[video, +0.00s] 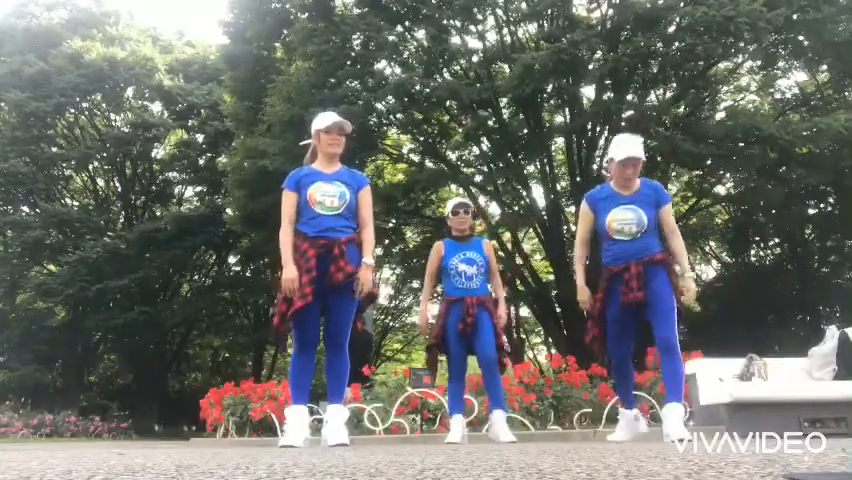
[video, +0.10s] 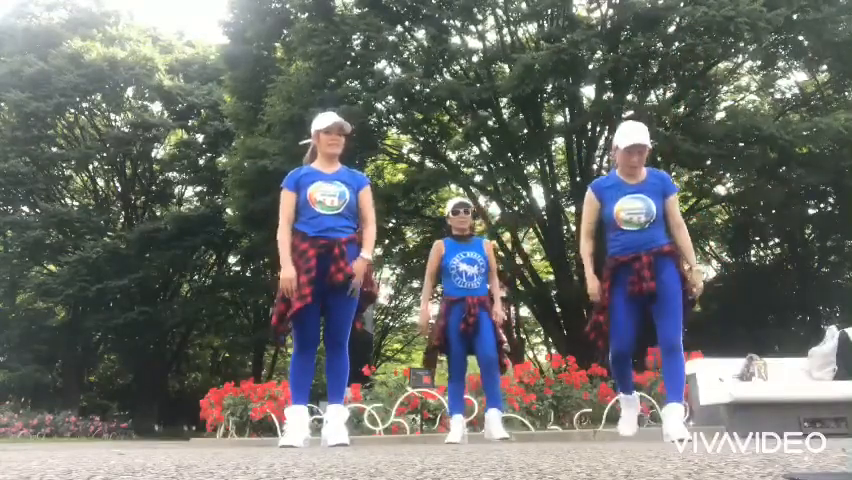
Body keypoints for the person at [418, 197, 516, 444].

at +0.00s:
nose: (461, 218)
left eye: (466, 214)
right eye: (456, 214)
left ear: (472, 218)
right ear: (448, 219)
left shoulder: (485, 246)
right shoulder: (441, 247)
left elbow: (496, 279)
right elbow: (430, 281)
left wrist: (501, 305)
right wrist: (423, 309)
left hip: (483, 306)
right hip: (454, 307)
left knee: (489, 358)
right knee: (456, 365)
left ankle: (498, 419)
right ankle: (456, 422)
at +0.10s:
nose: (461, 217)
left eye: (466, 213)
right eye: (456, 213)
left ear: (472, 217)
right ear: (448, 218)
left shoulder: (485, 245)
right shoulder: (441, 246)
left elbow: (493, 278)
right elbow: (429, 280)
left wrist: (497, 303)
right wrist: (424, 309)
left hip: (482, 306)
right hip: (454, 307)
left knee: (489, 359)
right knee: (456, 365)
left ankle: (494, 417)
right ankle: (457, 420)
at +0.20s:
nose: (464, 216)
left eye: (468, 212)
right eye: (459, 213)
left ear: (474, 216)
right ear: (451, 218)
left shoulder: (488, 245)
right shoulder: (443, 245)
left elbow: (496, 278)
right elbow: (433, 278)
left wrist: (500, 304)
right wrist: (430, 303)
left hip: (483, 306)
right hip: (455, 306)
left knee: (485, 363)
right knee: (457, 366)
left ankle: (488, 422)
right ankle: (457, 423)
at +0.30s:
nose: (467, 214)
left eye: (471, 210)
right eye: (462, 211)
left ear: (478, 214)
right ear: (454, 216)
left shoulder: (490, 243)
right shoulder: (446, 243)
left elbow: (500, 276)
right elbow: (436, 275)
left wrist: (503, 303)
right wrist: (439, 301)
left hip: (486, 305)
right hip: (457, 305)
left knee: (486, 364)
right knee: (458, 365)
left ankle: (489, 422)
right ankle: (456, 423)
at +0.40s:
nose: (470, 214)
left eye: (474, 209)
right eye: (464, 210)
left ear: (480, 214)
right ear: (457, 216)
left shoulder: (492, 243)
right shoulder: (448, 242)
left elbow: (502, 276)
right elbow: (438, 274)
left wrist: (505, 303)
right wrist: (444, 302)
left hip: (488, 305)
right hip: (459, 305)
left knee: (487, 364)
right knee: (459, 365)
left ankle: (489, 423)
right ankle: (456, 424)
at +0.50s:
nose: (471, 213)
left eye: (475, 209)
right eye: (466, 210)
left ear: (481, 213)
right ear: (458, 215)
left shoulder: (494, 243)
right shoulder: (449, 241)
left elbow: (503, 274)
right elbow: (439, 272)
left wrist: (505, 302)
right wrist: (444, 301)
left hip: (489, 305)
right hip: (460, 305)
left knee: (488, 363)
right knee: (458, 363)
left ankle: (489, 422)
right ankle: (455, 422)